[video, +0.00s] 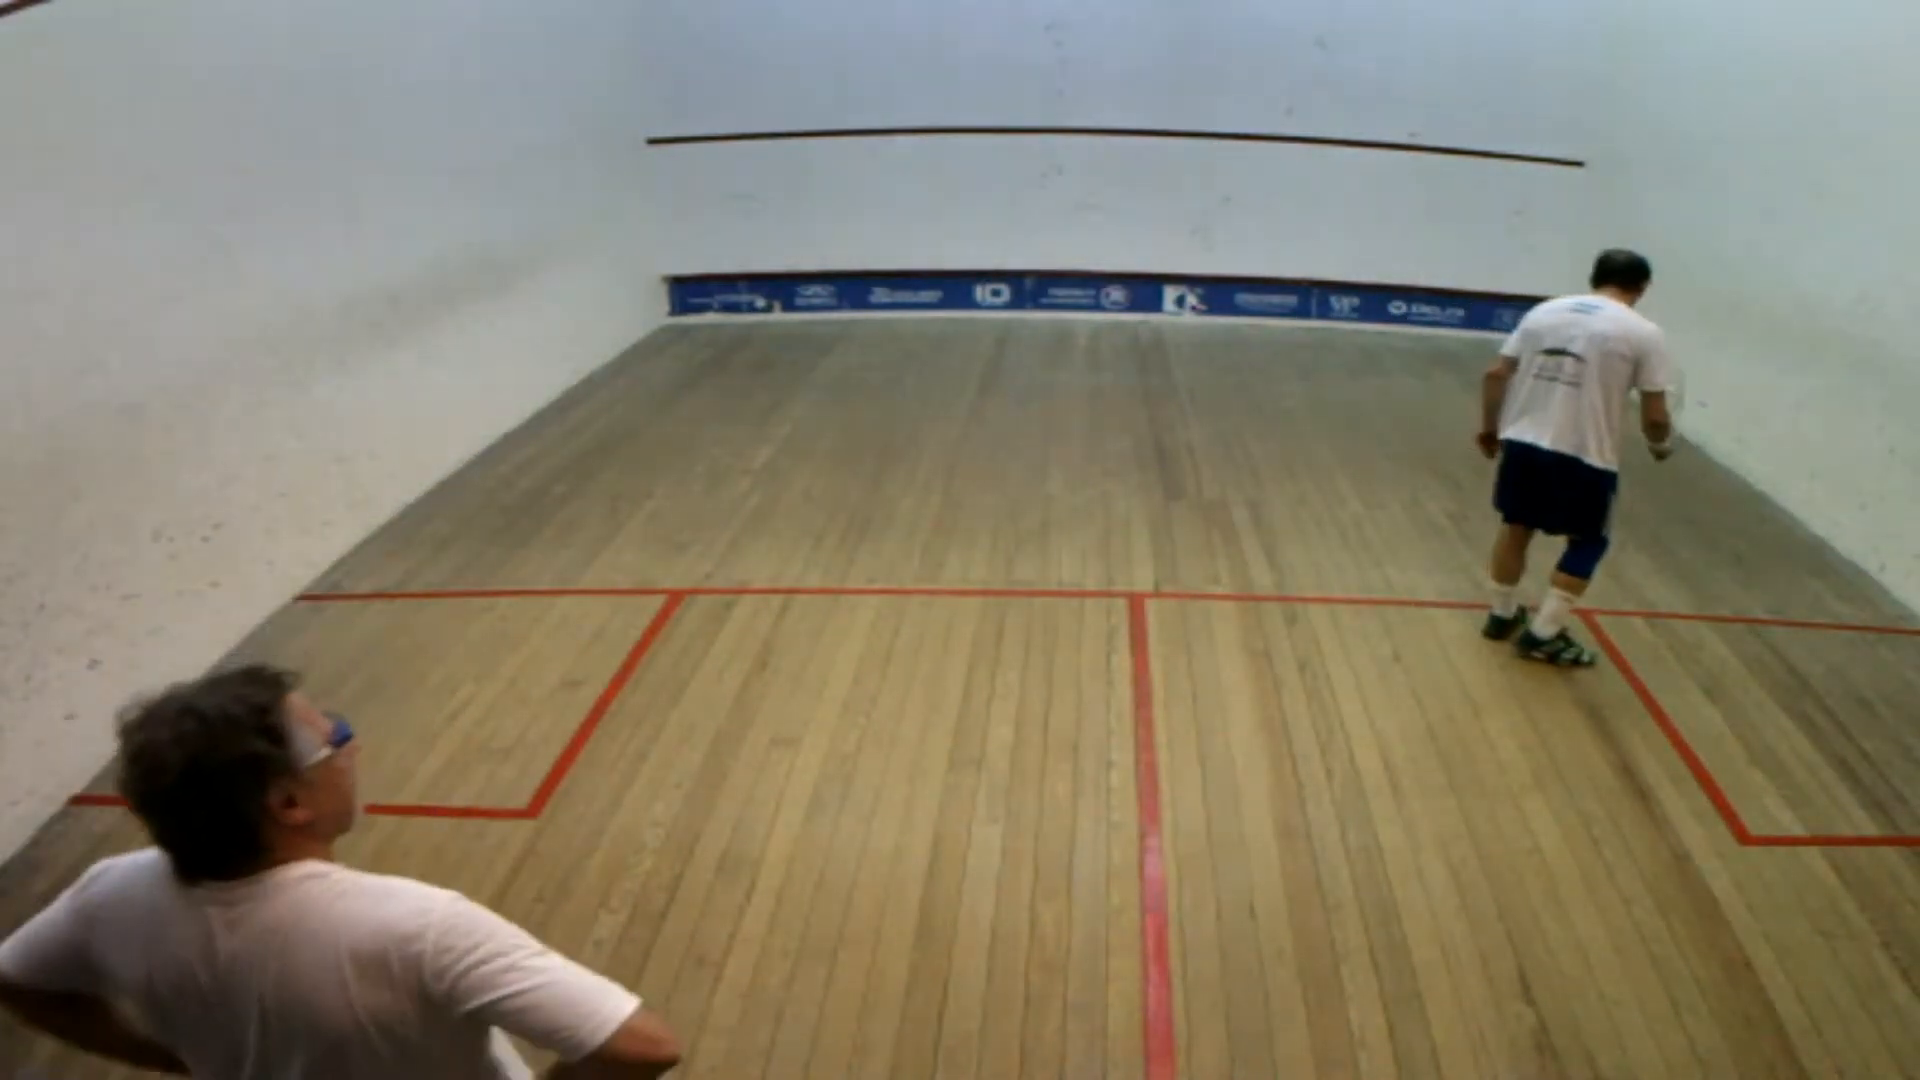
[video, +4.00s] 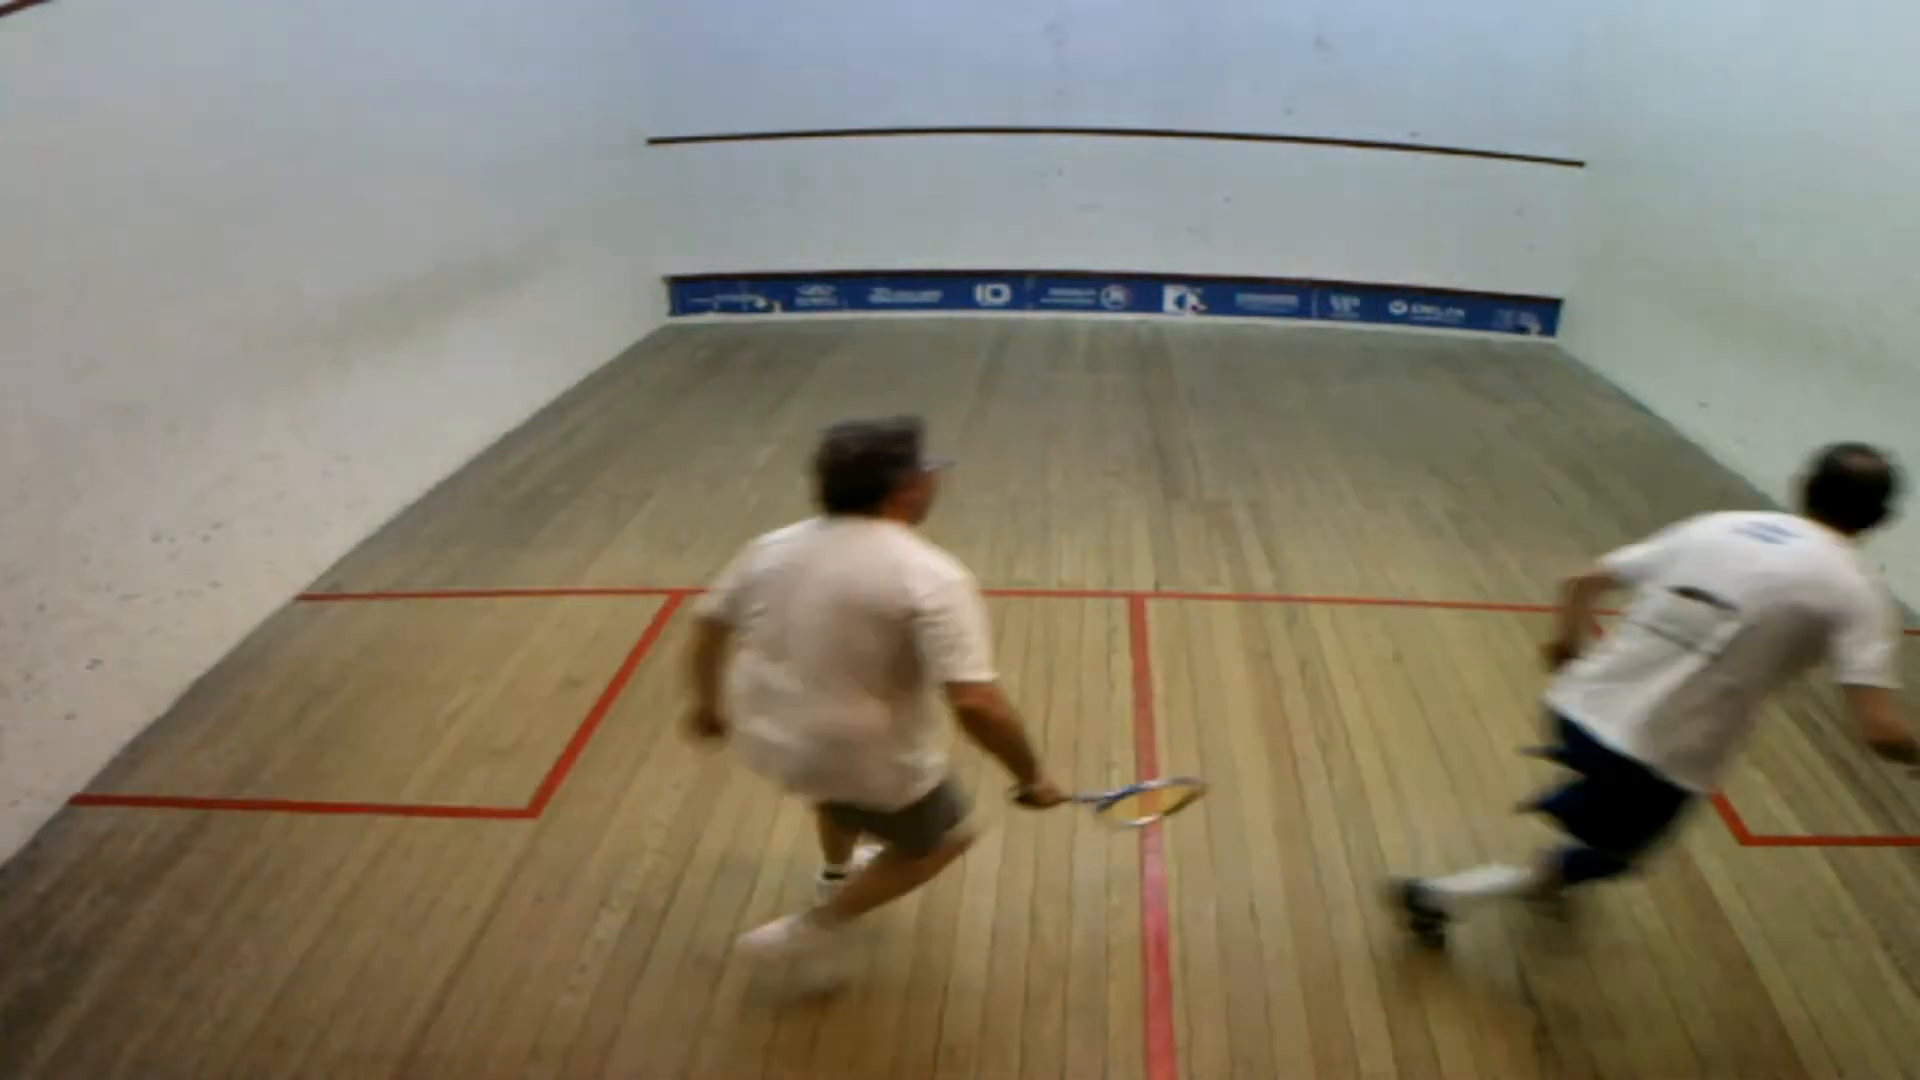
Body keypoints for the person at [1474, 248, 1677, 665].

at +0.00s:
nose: (1641, 297)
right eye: (1643, 291)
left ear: (1594, 280)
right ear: (1638, 288)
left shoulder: (1546, 310)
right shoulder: (1642, 333)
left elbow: (1496, 373)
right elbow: (1655, 418)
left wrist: (1489, 428)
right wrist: (1660, 445)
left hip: (1523, 443)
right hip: (1586, 457)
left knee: (1516, 526)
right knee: (1588, 541)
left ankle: (1501, 612)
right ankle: (1544, 631)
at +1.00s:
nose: (1676, 297)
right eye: (1676, 291)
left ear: (1625, 282)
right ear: (1670, 294)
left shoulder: (1579, 319)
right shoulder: (1659, 338)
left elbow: (1559, 381)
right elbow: (1658, 410)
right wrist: (1717, 425)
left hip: (1552, 453)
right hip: (1618, 467)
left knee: (1527, 532)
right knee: (1629, 552)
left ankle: (1500, 615)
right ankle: (1639, 634)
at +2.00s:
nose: (1785, 321)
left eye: (1785, 313)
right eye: (1785, 315)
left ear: (1733, 300)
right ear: (1775, 316)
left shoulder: (1682, 329)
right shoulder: (1772, 371)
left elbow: (1612, 348)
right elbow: (1841, 407)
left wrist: (1610, 353)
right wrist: (1897, 417)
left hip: (1625, 454)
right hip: (1690, 484)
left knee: (1579, 521)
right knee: (1676, 560)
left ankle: (1520, 586)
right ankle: (1639, 636)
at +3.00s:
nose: (1361, 335)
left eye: (1374, 328)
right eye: (1365, 324)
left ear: (1414, 338)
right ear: (1422, 339)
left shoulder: (1405, 400)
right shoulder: (1469, 383)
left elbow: (1402, 492)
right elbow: (1452, 468)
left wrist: (1359, 485)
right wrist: (1379, 478)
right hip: (1466, 542)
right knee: (1385, 585)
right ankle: (1409, 665)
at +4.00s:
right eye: (1880, 515)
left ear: (1806, 487)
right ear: (1872, 520)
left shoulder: (1724, 526)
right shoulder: (1851, 588)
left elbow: (1588, 580)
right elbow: (1880, 728)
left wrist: (1567, 643)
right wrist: (1916, 750)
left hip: (1582, 704)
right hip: (1658, 755)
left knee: (1600, 794)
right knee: (1599, 855)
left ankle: (1562, 875)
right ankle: (1441, 896)